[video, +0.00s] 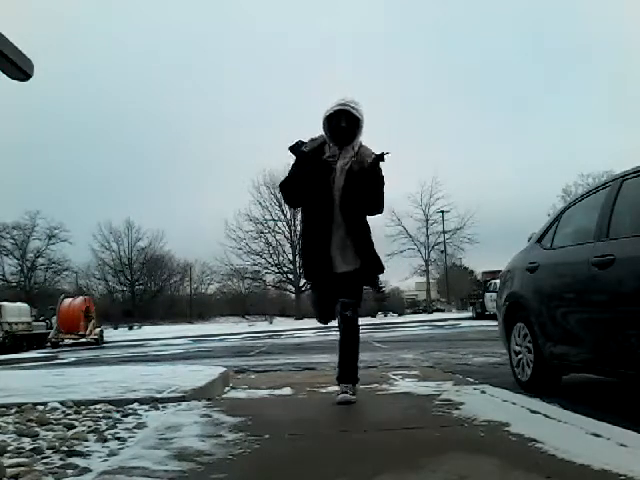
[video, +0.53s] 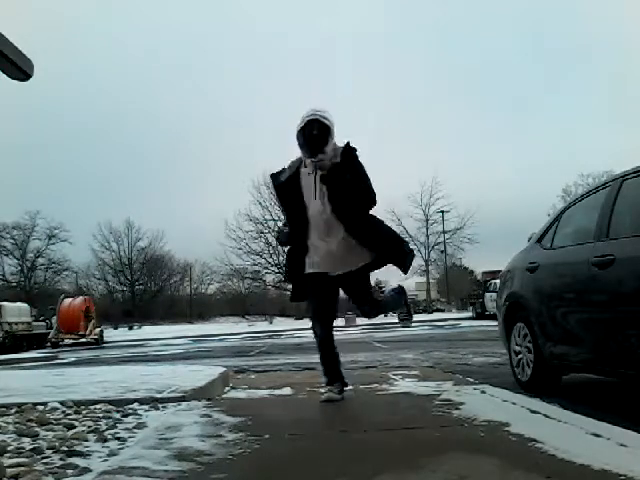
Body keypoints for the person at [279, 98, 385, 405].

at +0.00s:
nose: (342, 129)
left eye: (348, 123)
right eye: (336, 123)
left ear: (358, 128)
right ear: (326, 126)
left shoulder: (365, 163)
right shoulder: (312, 159)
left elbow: (374, 207)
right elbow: (291, 198)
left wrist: (371, 170)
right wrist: (302, 160)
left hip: (353, 251)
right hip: (318, 250)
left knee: (348, 316)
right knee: (325, 315)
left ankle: (347, 384)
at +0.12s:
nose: (335, 142)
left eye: (342, 136)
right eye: (330, 136)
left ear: (352, 140)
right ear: (322, 139)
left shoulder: (364, 169)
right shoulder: (309, 172)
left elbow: (396, 189)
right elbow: (284, 212)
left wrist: (359, 164)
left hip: (356, 260)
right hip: (320, 262)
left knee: (349, 321)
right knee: (318, 325)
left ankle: (346, 385)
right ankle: (336, 303)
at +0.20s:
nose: (330, 127)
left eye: (336, 121)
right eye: (324, 122)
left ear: (345, 124)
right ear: (315, 126)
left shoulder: (360, 149)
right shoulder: (303, 159)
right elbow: (279, 191)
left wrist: (349, 143)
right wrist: (286, 202)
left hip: (357, 245)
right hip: (319, 250)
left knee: (351, 311)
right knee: (322, 308)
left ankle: (348, 379)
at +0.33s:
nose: (321, 111)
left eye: (326, 104)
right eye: (315, 106)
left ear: (336, 105)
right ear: (306, 110)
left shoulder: (352, 125)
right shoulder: (296, 143)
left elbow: (379, 114)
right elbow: (280, 180)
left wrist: (354, 108)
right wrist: (282, 195)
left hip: (354, 224)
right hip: (319, 230)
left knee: (355, 292)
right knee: (324, 291)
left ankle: (365, 355)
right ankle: (340, 337)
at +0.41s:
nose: (316, 119)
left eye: (322, 112)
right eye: (310, 113)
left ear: (333, 112)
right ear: (302, 116)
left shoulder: (348, 136)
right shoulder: (292, 151)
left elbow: (376, 144)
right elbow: (288, 192)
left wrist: (350, 121)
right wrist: (285, 208)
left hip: (353, 234)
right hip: (319, 241)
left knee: (360, 298)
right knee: (328, 310)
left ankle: (382, 326)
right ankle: (335, 372)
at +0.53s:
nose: (314, 138)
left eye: (320, 132)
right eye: (308, 132)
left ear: (330, 135)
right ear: (300, 137)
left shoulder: (346, 161)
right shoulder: (289, 177)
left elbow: (367, 201)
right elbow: (295, 223)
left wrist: (334, 172)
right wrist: (285, 235)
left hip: (352, 258)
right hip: (317, 263)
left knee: (369, 309)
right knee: (321, 327)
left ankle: (398, 298)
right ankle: (335, 383)